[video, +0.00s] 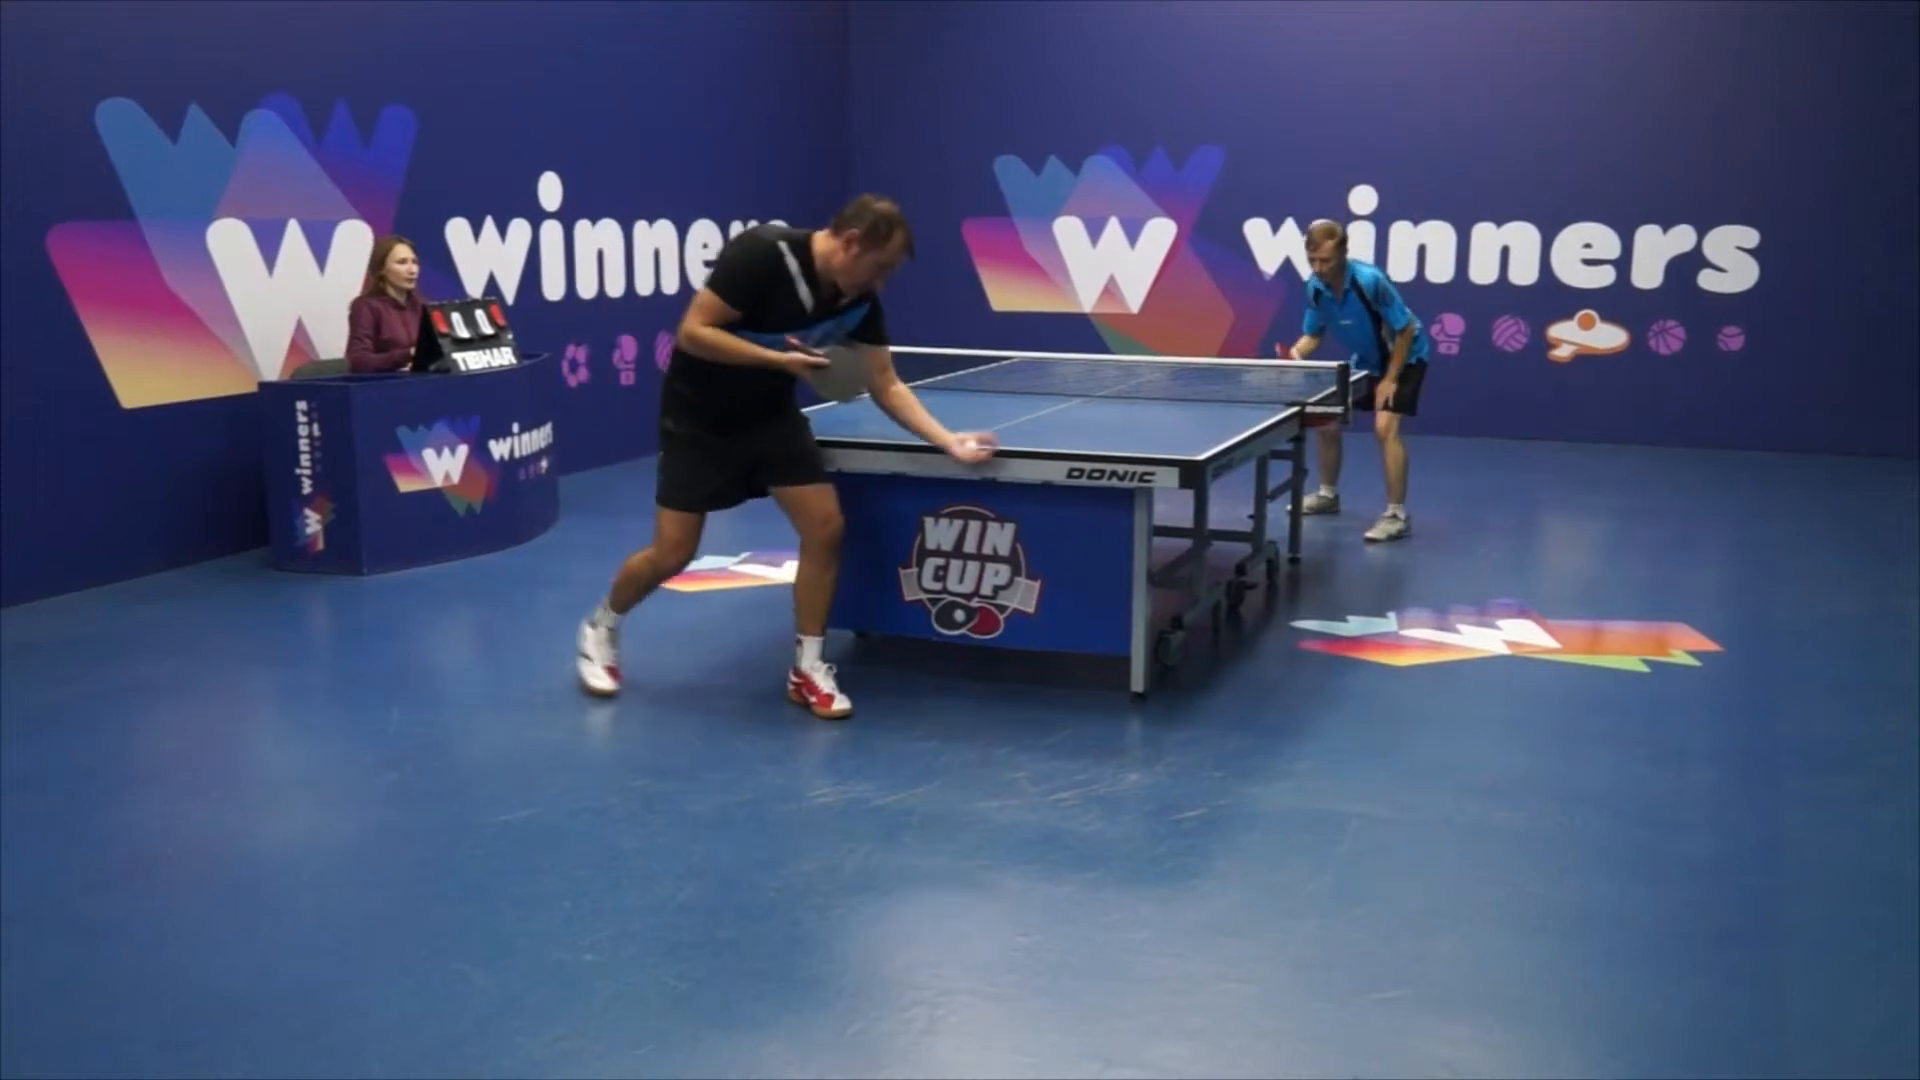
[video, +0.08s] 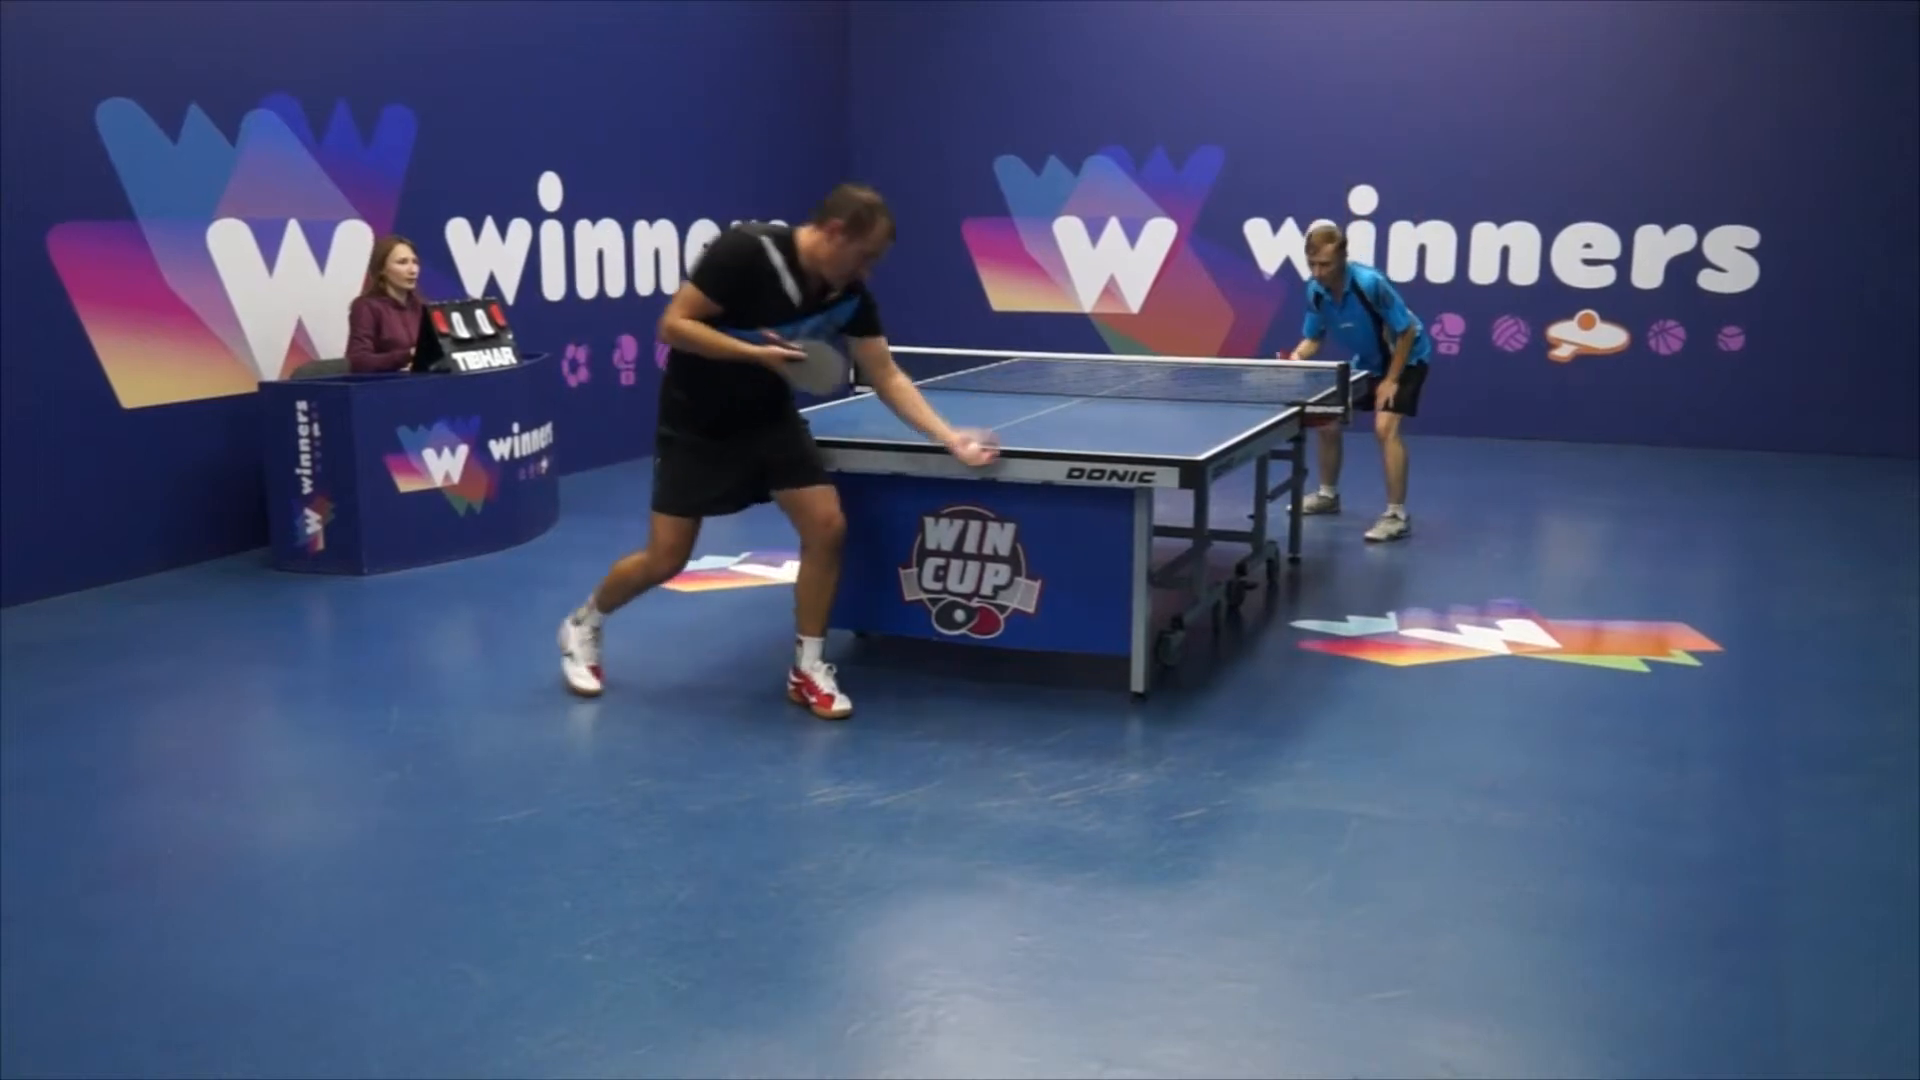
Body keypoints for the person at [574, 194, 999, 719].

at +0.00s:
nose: (882, 280)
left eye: (889, 271)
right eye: (882, 268)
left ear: (860, 250)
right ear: (848, 243)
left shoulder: (860, 301)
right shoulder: (759, 254)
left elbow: (886, 383)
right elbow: (691, 333)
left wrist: (947, 439)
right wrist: (777, 359)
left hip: (770, 410)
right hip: (698, 408)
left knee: (824, 527)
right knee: (672, 552)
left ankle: (809, 667)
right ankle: (601, 628)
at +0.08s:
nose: (869, 268)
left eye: (875, 259)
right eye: (867, 256)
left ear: (848, 241)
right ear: (833, 233)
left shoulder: (849, 294)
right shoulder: (745, 250)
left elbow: (887, 375)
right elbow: (673, 325)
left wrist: (949, 438)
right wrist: (755, 352)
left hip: (769, 410)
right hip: (695, 412)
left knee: (826, 527)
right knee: (667, 557)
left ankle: (809, 668)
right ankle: (583, 625)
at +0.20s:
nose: (838, 252)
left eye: (843, 242)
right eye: (834, 239)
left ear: (812, 222)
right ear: (798, 218)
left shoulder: (825, 279)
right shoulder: (711, 247)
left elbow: (888, 343)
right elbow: (636, 314)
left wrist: (958, 359)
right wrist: (709, 346)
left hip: (759, 417)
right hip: (685, 419)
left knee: (823, 528)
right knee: (651, 566)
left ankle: (808, 668)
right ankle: (566, 634)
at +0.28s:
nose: (814, 239)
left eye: (818, 227)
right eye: (808, 224)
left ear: (791, 217)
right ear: (768, 209)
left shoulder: (806, 266)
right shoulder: (685, 247)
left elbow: (885, 306)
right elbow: (611, 311)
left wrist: (944, 287)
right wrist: (673, 347)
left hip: (747, 420)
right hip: (670, 425)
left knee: (812, 525)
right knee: (636, 564)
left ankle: (807, 667)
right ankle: (561, 641)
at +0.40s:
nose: (776, 210)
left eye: (778, 197)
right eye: (764, 197)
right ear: (722, 193)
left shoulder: (774, 247)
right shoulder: (648, 245)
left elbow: (862, 264)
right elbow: (584, 300)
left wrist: (929, 240)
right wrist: (620, 354)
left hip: (725, 416)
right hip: (647, 421)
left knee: (789, 524)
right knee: (621, 555)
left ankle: (805, 666)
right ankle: (561, 648)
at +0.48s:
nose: (750, 194)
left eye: (753, 183)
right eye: (739, 183)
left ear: (748, 187)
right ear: (696, 185)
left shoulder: (756, 242)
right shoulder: (627, 241)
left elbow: (843, 263)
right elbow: (567, 293)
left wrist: (921, 256)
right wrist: (587, 358)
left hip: (711, 411)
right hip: (635, 413)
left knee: (770, 527)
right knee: (613, 551)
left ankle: (804, 665)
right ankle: (560, 648)